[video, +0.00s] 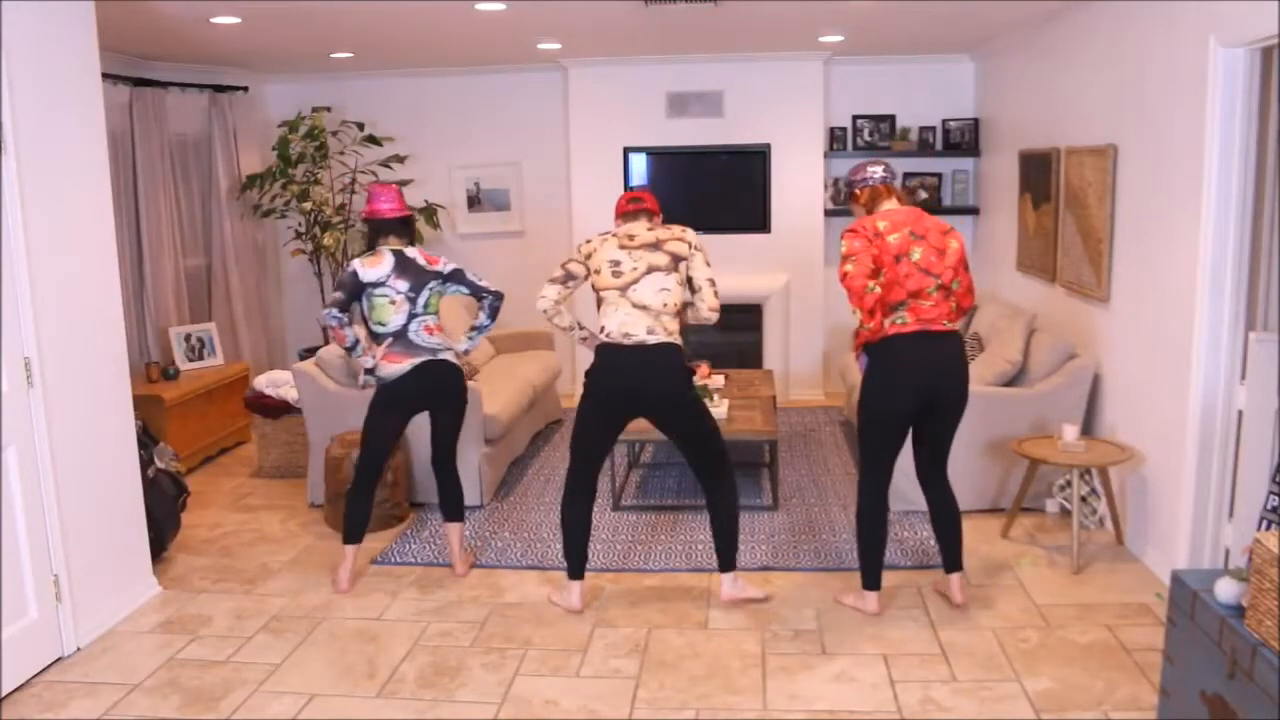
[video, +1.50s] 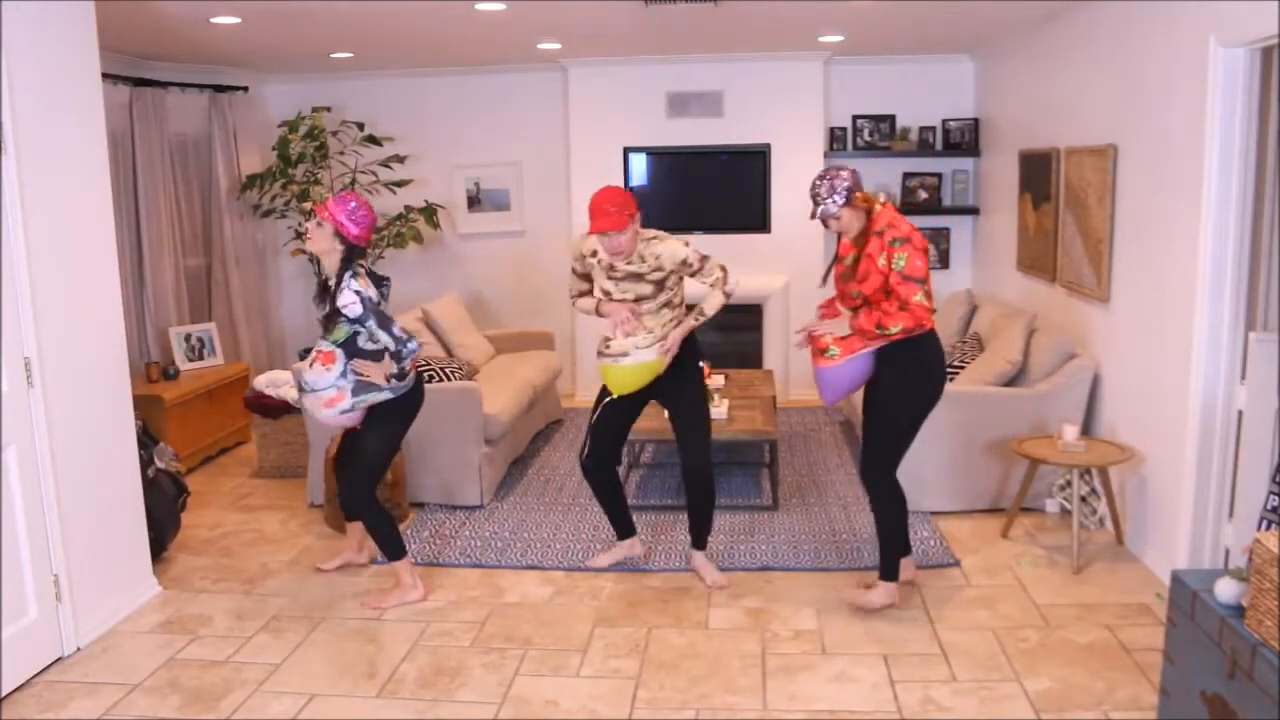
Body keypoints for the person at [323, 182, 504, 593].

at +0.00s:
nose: (377, 235)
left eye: (371, 228)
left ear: (371, 229)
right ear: (410, 225)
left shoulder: (362, 269)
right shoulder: (436, 262)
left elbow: (332, 316)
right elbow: (491, 296)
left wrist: (362, 352)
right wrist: (467, 346)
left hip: (397, 384)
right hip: (448, 378)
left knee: (367, 470)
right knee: (445, 462)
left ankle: (346, 569)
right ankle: (459, 556)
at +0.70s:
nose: (346, 221)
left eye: (349, 217)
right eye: (349, 215)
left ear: (358, 222)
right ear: (392, 223)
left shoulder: (367, 269)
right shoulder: (407, 263)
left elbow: (396, 324)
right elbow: (461, 295)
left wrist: (392, 359)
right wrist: (445, 346)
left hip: (427, 387)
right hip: (452, 376)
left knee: (380, 476)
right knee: (428, 461)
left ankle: (409, 583)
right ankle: (460, 553)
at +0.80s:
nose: (332, 226)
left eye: (336, 219)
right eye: (333, 218)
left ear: (353, 225)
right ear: (371, 225)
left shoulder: (364, 273)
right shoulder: (393, 262)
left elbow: (386, 346)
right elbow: (442, 295)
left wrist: (336, 359)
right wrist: (427, 341)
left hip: (421, 390)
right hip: (444, 377)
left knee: (376, 479)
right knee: (420, 461)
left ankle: (409, 583)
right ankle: (459, 551)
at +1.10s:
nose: (316, 223)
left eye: (323, 218)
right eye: (319, 216)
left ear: (343, 227)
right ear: (353, 228)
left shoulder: (356, 275)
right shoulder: (377, 261)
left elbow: (370, 342)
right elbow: (416, 288)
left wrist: (319, 368)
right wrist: (404, 339)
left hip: (406, 393)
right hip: (423, 381)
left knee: (364, 487)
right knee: (388, 458)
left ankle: (408, 583)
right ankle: (420, 540)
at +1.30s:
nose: (309, 226)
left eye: (317, 221)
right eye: (312, 219)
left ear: (339, 233)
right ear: (343, 233)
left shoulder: (347, 284)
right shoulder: (368, 261)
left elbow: (330, 364)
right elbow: (403, 284)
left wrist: (303, 378)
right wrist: (396, 335)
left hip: (402, 394)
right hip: (410, 383)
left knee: (361, 491)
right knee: (367, 467)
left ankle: (408, 583)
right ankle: (366, 539)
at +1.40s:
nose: (308, 227)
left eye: (317, 224)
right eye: (312, 221)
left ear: (338, 237)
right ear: (337, 237)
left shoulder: (351, 286)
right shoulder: (350, 273)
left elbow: (329, 366)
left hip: (403, 393)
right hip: (388, 388)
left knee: (361, 484)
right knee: (351, 462)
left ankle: (409, 582)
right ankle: (359, 543)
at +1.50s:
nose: (307, 227)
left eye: (317, 223)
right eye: (312, 220)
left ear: (338, 237)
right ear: (336, 237)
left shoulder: (352, 286)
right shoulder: (340, 277)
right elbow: (350, 339)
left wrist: (392, 373)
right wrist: (315, 368)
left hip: (400, 393)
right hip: (378, 389)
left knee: (359, 484)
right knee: (344, 463)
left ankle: (410, 582)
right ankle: (358, 545)